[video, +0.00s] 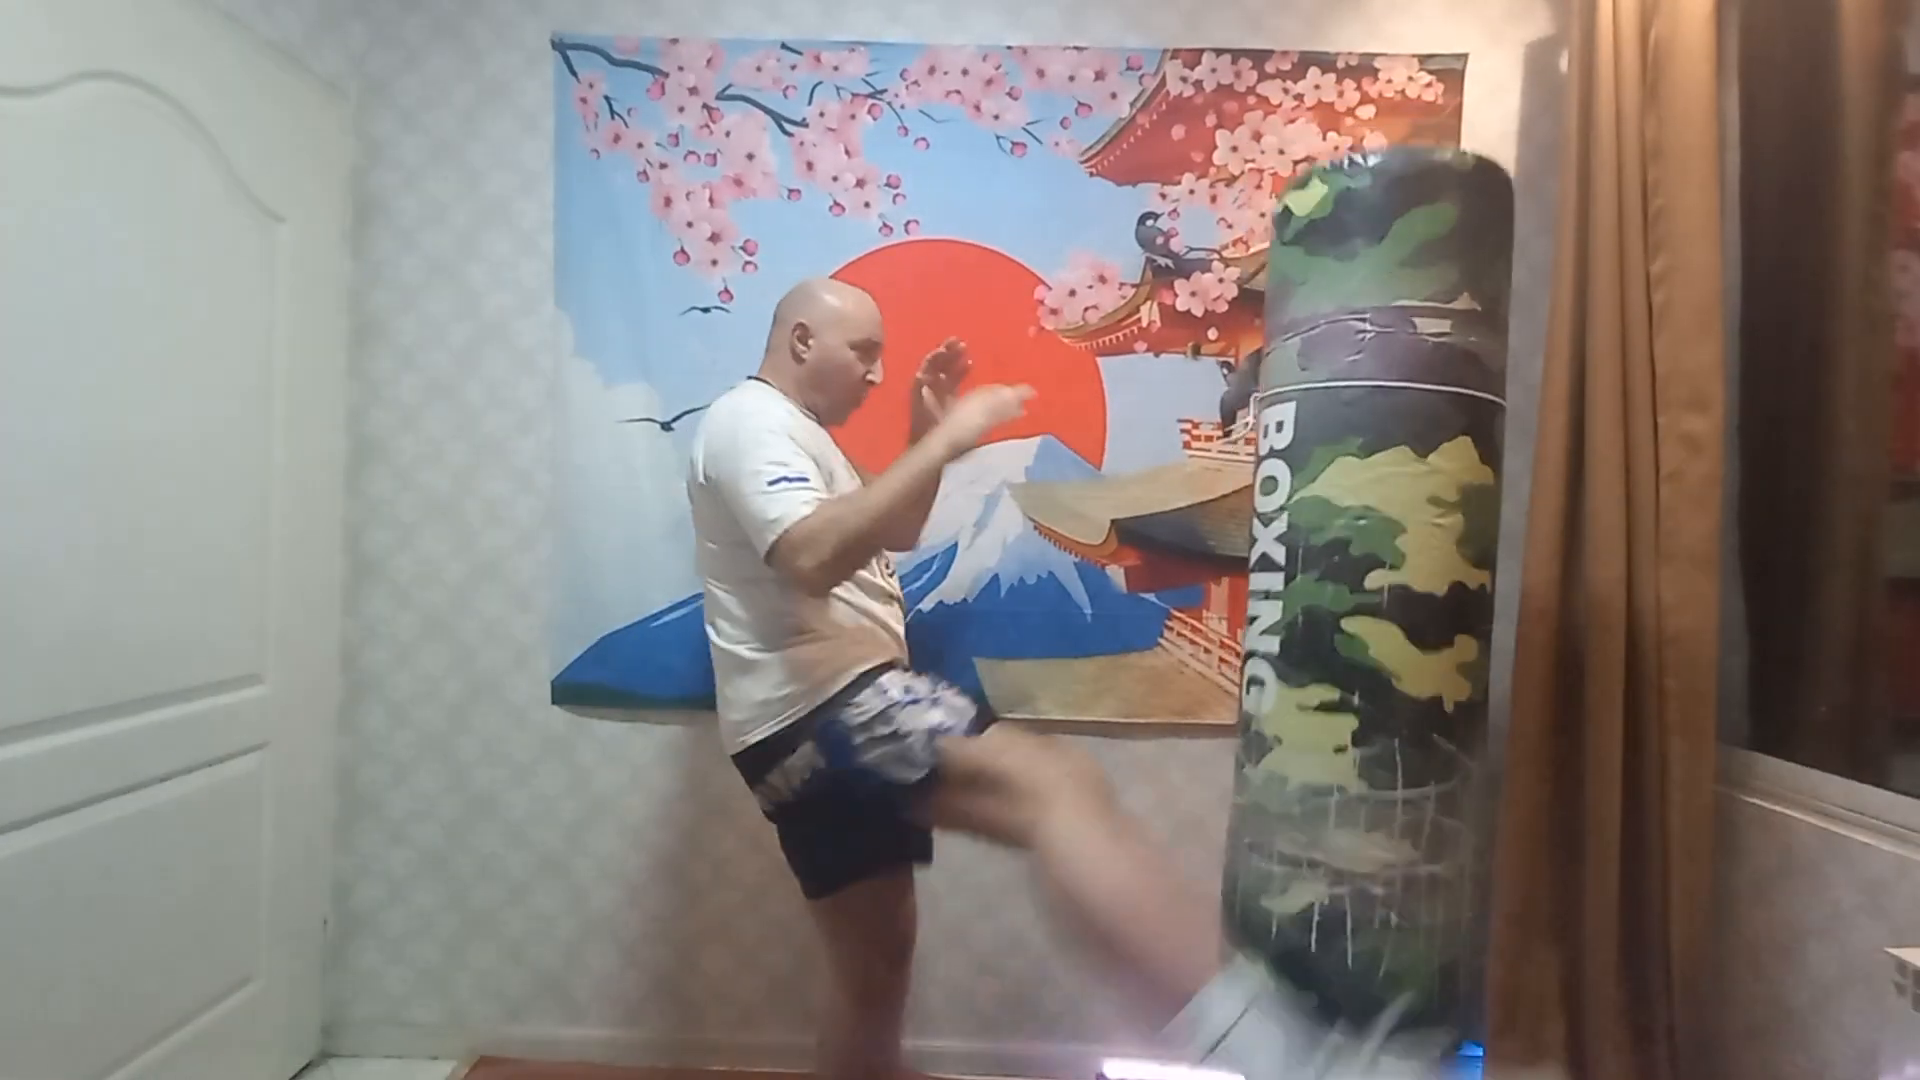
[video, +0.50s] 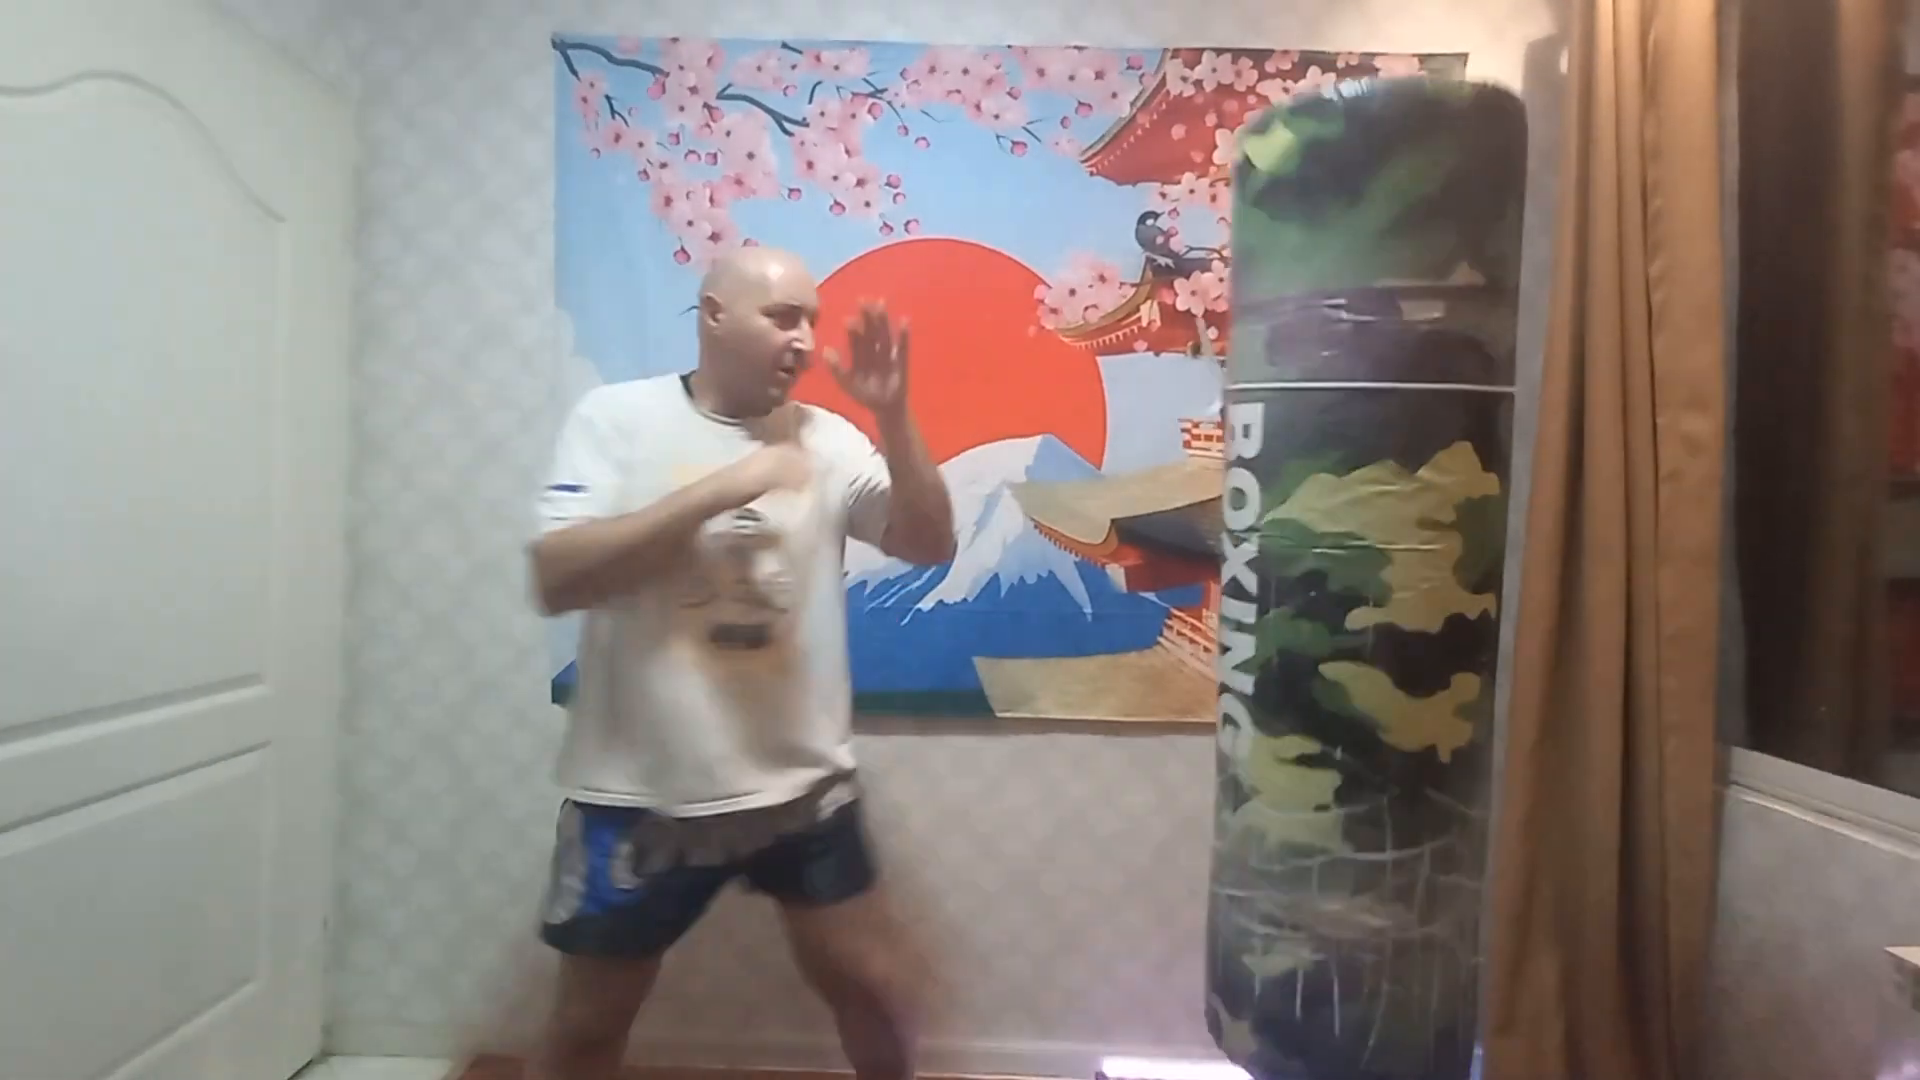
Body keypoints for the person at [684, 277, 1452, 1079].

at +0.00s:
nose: (875, 372)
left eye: (876, 355)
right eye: (863, 352)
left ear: (807, 349)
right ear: (798, 343)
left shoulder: (806, 437)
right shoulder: (746, 422)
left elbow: (878, 541)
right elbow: (806, 550)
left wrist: (925, 439)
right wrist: (942, 443)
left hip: (832, 709)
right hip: (824, 709)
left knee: (871, 971)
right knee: (1056, 785)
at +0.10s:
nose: (871, 365)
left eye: (875, 350)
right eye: (860, 345)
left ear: (801, 342)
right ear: (797, 336)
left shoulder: (817, 441)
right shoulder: (739, 417)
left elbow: (895, 549)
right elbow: (793, 549)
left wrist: (926, 445)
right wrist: (914, 426)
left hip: (847, 703)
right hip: (813, 709)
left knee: (868, 967)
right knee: (1004, 881)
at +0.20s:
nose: (868, 360)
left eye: (871, 343)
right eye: (853, 338)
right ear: (786, 333)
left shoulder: (827, 449)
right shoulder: (727, 421)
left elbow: (892, 565)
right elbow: (777, 561)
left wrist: (922, 460)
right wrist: (884, 428)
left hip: (867, 731)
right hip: (795, 738)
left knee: (887, 996)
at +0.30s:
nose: (853, 352)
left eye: (857, 335)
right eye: (836, 330)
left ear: (787, 333)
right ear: (770, 327)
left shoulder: (834, 442)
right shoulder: (699, 421)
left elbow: (901, 563)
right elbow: (741, 559)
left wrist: (916, 458)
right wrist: (844, 421)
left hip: (864, 766)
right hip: (745, 783)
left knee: (865, 985)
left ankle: (861, 1063)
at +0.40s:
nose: (829, 344)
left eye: (833, 326)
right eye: (810, 322)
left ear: (832, 334)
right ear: (740, 320)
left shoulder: (828, 440)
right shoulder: (654, 419)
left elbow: (910, 556)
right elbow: (658, 569)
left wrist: (898, 443)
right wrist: (796, 441)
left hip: (837, 770)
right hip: (684, 788)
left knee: (889, 968)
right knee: (599, 1028)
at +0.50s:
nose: (804, 339)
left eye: (810, 322)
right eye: (784, 317)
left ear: (814, 335)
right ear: (713, 317)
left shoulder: (826, 439)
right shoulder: (613, 419)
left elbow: (928, 543)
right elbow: (557, 577)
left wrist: (893, 418)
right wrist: (727, 484)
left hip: (803, 790)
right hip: (640, 799)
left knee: (875, 1001)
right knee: (587, 1034)